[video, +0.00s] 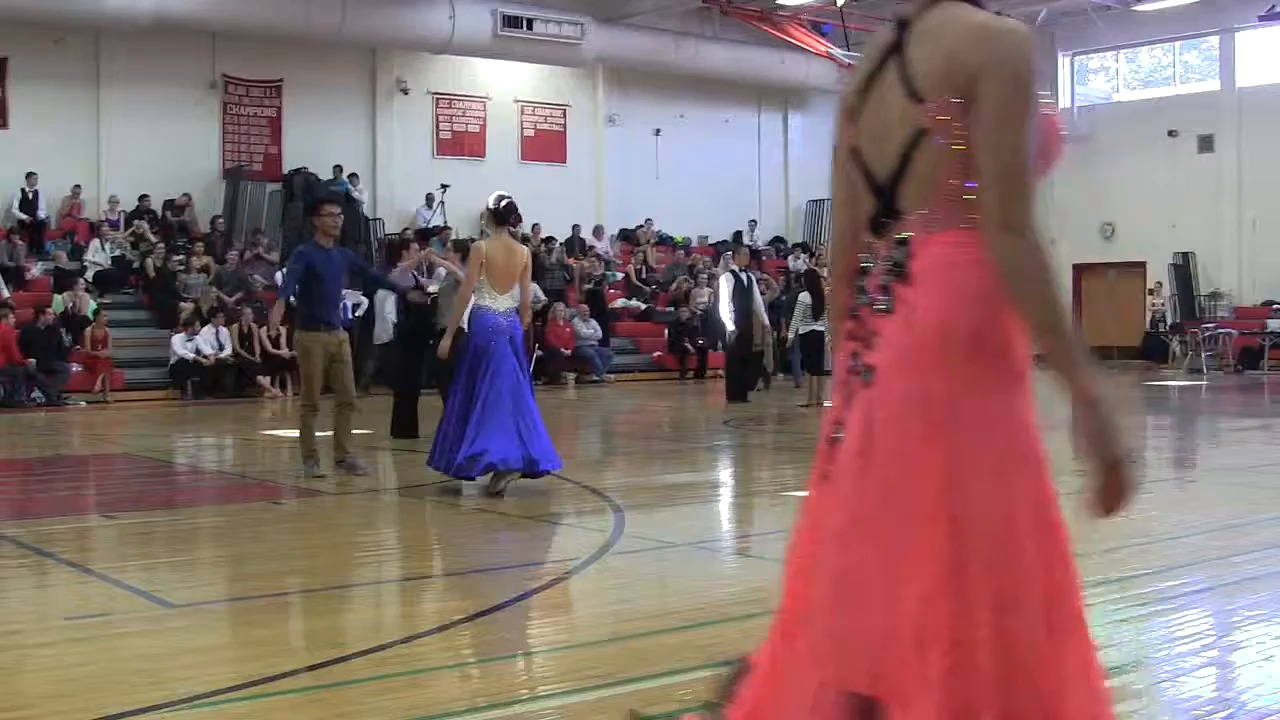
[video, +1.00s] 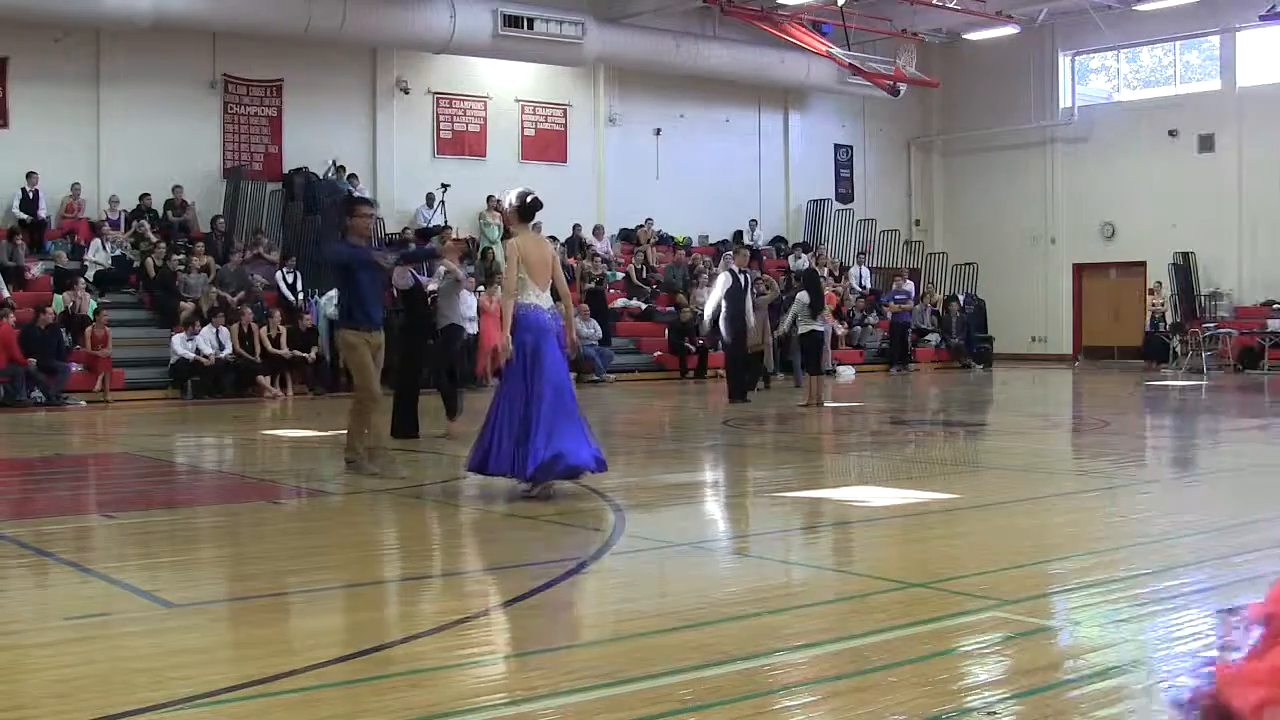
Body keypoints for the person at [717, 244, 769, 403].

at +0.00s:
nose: (747, 258)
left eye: (748, 255)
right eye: (744, 255)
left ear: (749, 257)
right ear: (735, 256)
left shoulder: (751, 277)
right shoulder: (726, 278)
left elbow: (758, 302)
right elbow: (724, 304)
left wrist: (765, 322)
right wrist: (730, 326)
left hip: (748, 322)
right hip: (735, 322)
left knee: (747, 356)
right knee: (734, 358)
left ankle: (743, 391)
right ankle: (733, 394)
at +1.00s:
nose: (747, 259)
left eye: (748, 256)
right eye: (744, 256)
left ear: (747, 258)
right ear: (735, 257)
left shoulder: (747, 277)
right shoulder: (726, 276)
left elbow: (749, 301)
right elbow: (714, 298)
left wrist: (751, 321)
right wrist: (707, 319)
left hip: (742, 320)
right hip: (728, 319)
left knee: (742, 355)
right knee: (732, 355)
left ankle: (741, 392)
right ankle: (734, 393)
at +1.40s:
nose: (749, 272)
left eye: (749, 268)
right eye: (747, 268)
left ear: (744, 267)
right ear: (737, 266)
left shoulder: (744, 285)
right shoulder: (724, 283)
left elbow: (753, 306)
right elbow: (717, 306)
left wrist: (763, 326)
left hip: (735, 326)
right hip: (724, 325)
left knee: (737, 359)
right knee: (732, 360)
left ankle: (718, 386)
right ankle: (735, 395)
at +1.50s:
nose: (745, 272)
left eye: (746, 270)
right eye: (743, 269)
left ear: (739, 269)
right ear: (734, 268)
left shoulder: (739, 284)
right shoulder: (719, 284)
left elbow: (747, 302)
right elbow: (729, 307)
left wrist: (754, 316)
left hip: (733, 323)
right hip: (721, 324)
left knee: (729, 359)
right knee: (731, 358)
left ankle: (712, 387)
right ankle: (736, 394)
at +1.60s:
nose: (737, 272)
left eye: (737, 269)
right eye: (735, 269)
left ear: (735, 269)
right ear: (726, 268)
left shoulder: (733, 281)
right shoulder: (713, 282)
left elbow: (739, 300)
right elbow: (730, 300)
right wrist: (751, 311)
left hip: (727, 322)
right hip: (716, 322)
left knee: (724, 356)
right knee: (730, 354)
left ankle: (710, 390)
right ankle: (739, 393)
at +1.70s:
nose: (734, 271)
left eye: (735, 268)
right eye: (732, 267)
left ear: (728, 266)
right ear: (724, 265)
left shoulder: (724, 281)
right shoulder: (709, 280)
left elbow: (737, 294)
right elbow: (729, 293)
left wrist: (735, 279)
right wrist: (752, 296)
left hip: (724, 321)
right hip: (712, 322)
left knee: (723, 356)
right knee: (729, 355)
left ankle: (710, 391)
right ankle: (740, 392)